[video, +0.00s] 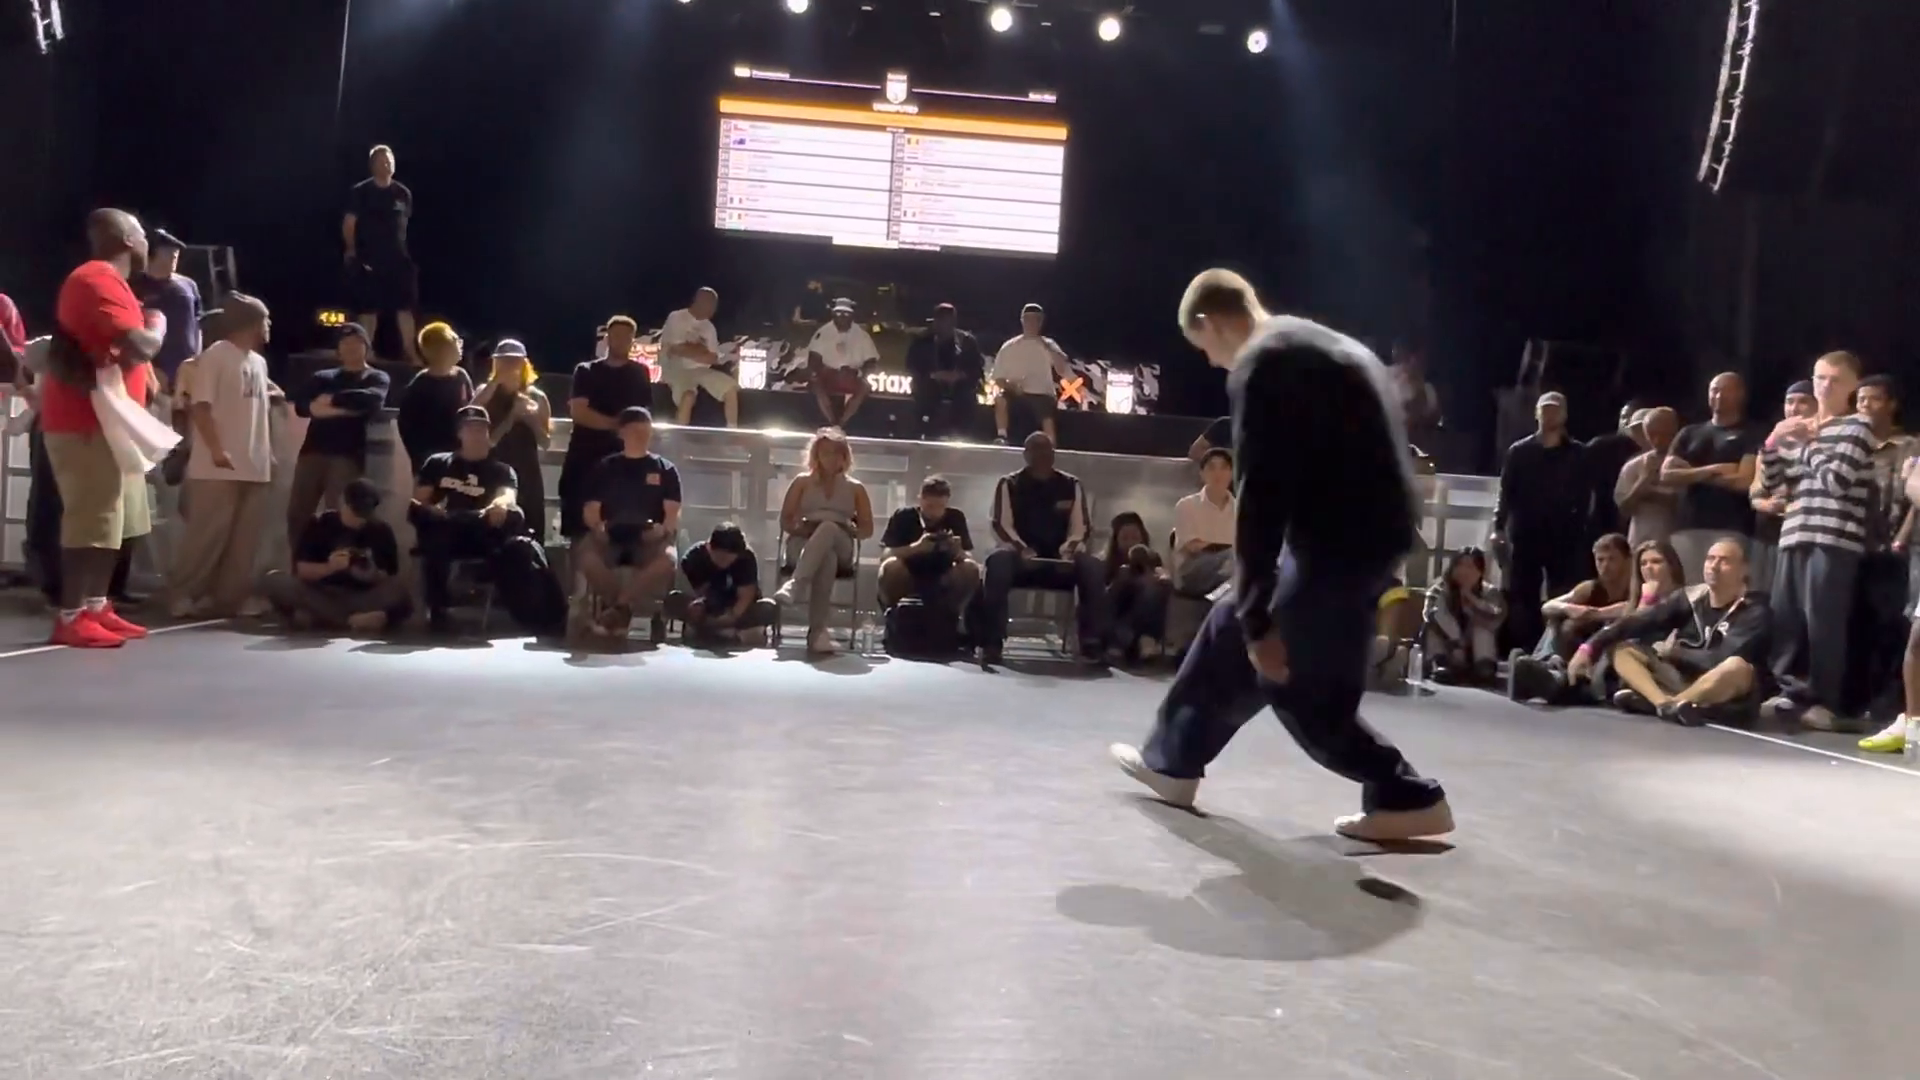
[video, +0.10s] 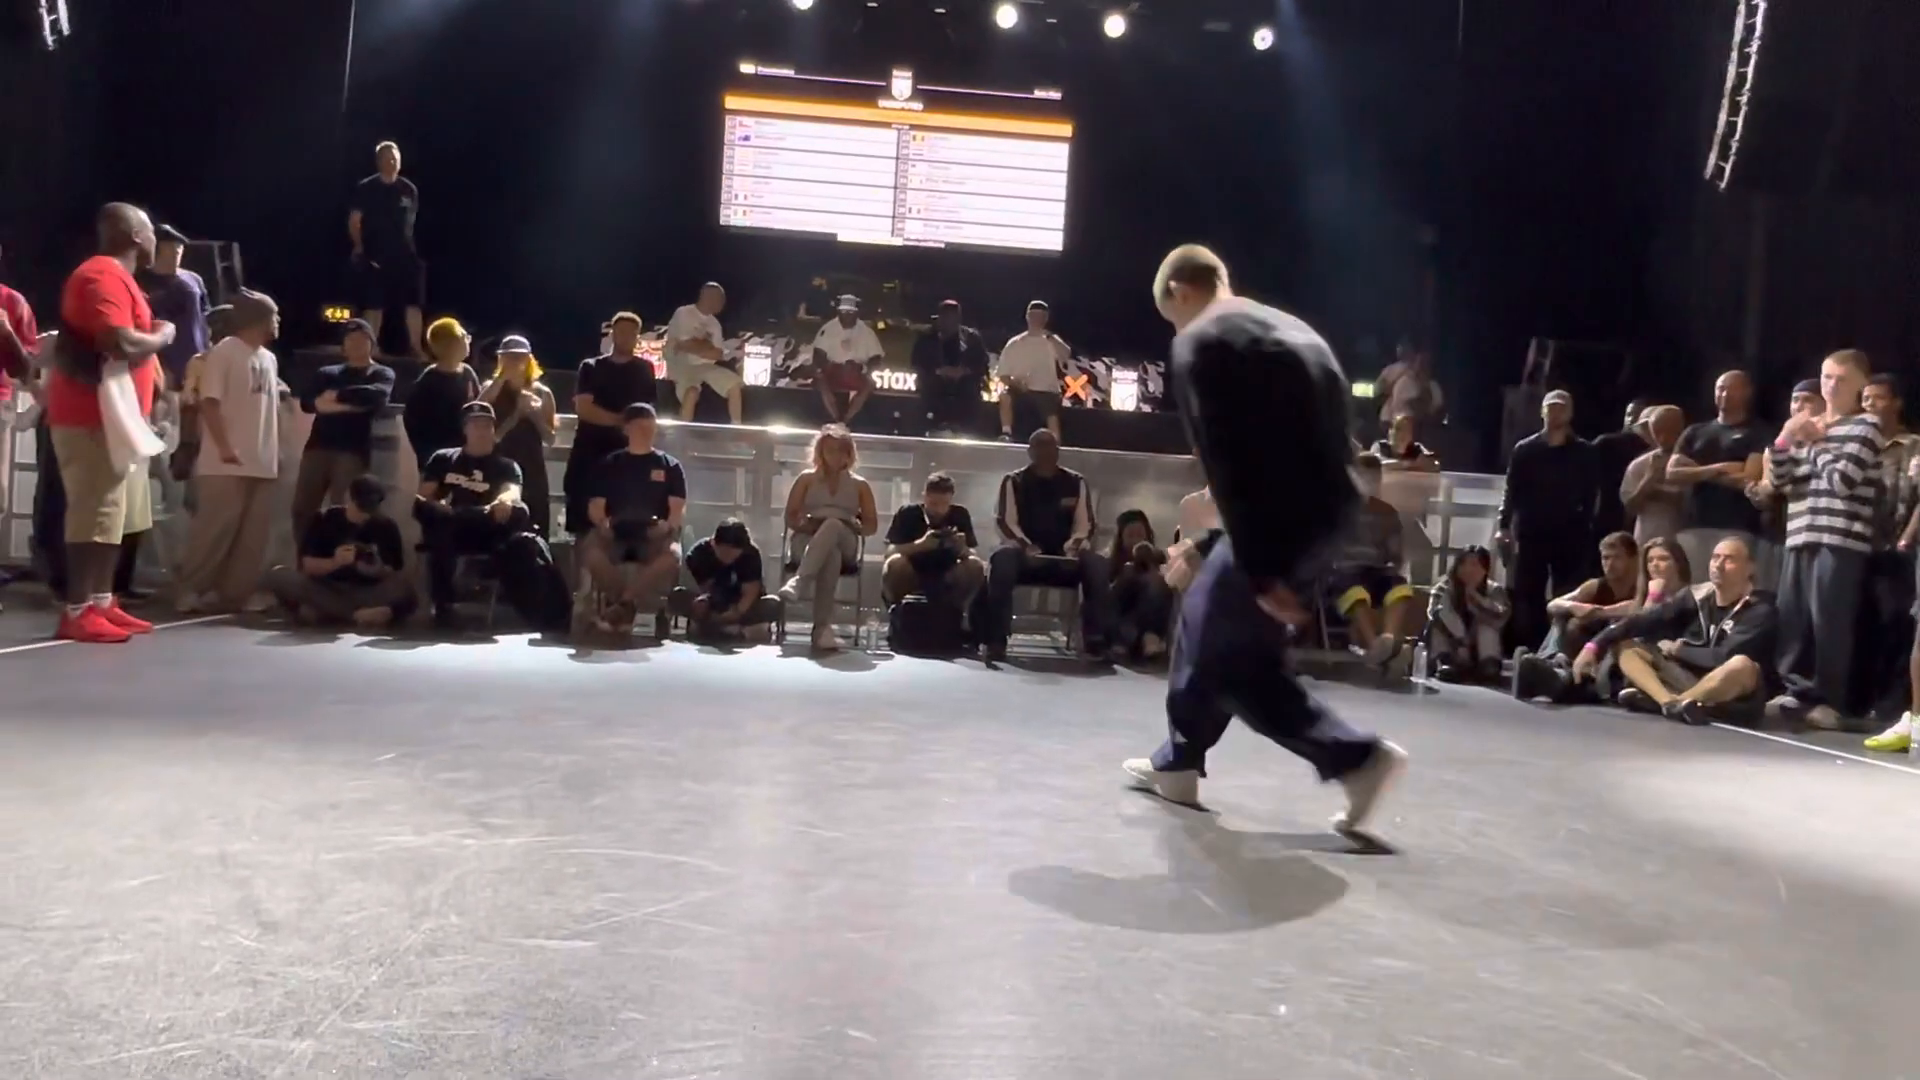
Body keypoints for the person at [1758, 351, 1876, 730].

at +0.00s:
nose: (1821, 386)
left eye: (1830, 380)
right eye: (1819, 378)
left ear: (1850, 387)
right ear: (1813, 383)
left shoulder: (1857, 427)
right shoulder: (1811, 431)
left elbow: (1838, 480)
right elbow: (1778, 483)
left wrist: (1803, 448)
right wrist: (1773, 444)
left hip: (1832, 531)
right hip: (1795, 530)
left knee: (1824, 618)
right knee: (1786, 611)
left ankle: (1828, 702)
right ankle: (1793, 690)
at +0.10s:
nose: (1828, 386)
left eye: (1837, 379)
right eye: (1825, 378)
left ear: (1859, 386)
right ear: (1821, 382)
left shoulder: (1866, 428)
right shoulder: (1817, 428)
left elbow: (1843, 482)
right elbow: (1782, 478)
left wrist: (1813, 445)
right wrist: (1786, 438)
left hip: (1839, 534)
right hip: (1801, 533)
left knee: (1831, 618)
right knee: (1792, 612)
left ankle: (1832, 701)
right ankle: (1797, 689)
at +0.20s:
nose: (1836, 385)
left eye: (1845, 379)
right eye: (1833, 377)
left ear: (1867, 386)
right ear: (1829, 382)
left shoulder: (1875, 429)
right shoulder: (1823, 425)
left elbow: (1849, 482)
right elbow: (1791, 476)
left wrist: (1817, 447)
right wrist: (1799, 440)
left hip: (1847, 537)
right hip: (1807, 535)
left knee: (1837, 619)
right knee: (1797, 612)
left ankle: (1838, 700)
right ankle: (1801, 689)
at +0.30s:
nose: (1841, 384)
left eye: (1851, 378)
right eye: (1839, 376)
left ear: (1873, 385)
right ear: (1835, 381)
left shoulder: (1883, 428)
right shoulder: (1828, 427)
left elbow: (1857, 481)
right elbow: (1799, 476)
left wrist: (1820, 460)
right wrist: (1814, 441)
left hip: (1853, 537)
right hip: (1813, 534)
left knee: (1843, 619)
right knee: (1799, 609)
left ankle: (1844, 700)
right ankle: (1806, 688)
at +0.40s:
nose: (1845, 384)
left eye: (1855, 377)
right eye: (1843, 376)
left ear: (1876, 385)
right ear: (1838, 380)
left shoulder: (1888, 428)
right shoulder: (1829, 427)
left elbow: (1864, 482)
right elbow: (1798, 480)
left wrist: (1824, 461)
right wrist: (1823, 453)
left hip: (1856, 541)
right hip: (1814, 537)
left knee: (1848, 625)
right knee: (1800, 611)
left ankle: (1847, 703)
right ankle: (1811, 689)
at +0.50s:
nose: (1847, 384)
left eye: (1857, 378)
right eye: (1844, 377)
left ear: (1879, 385)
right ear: (1839, 381)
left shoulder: (1893, 429)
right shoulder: (1826, 428)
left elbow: (1870, 481)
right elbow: (1794, 480)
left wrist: (1827, 471)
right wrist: (1823, 455)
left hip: (1859, 539)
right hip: (1815, 537)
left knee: (1849, 621)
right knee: (1804, 614)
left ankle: (1847, 702)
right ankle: (1814, 690)